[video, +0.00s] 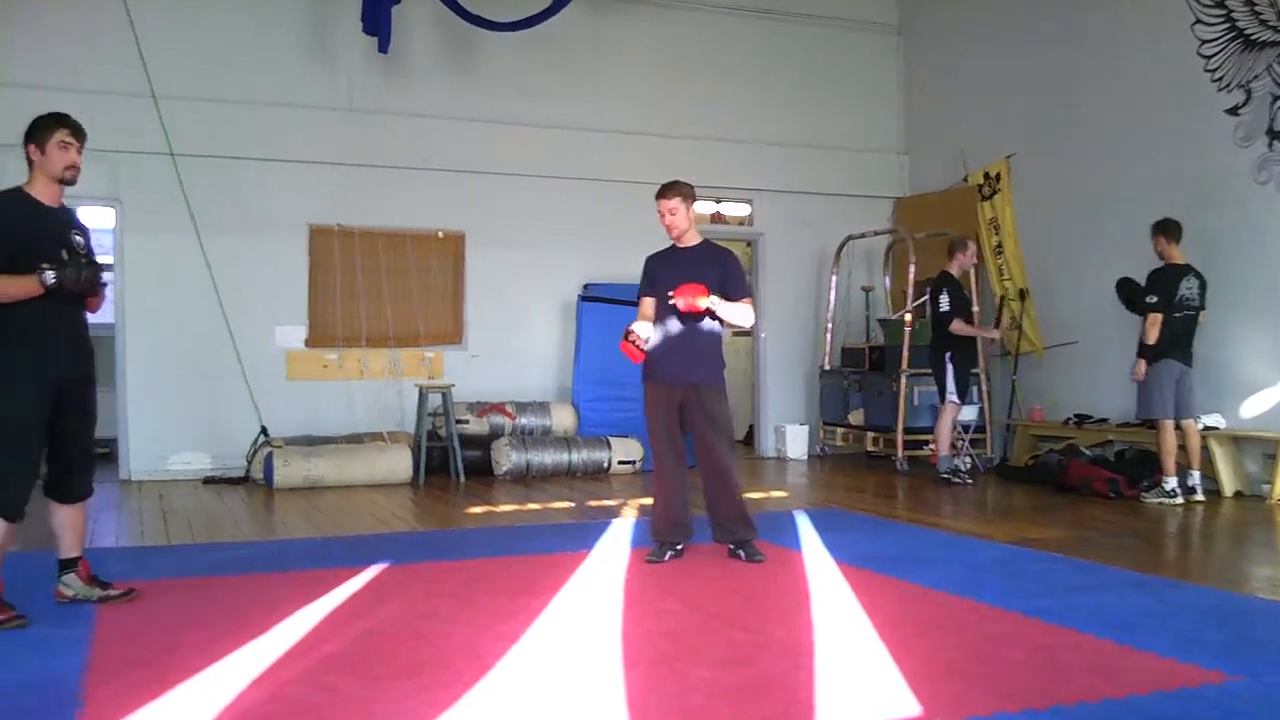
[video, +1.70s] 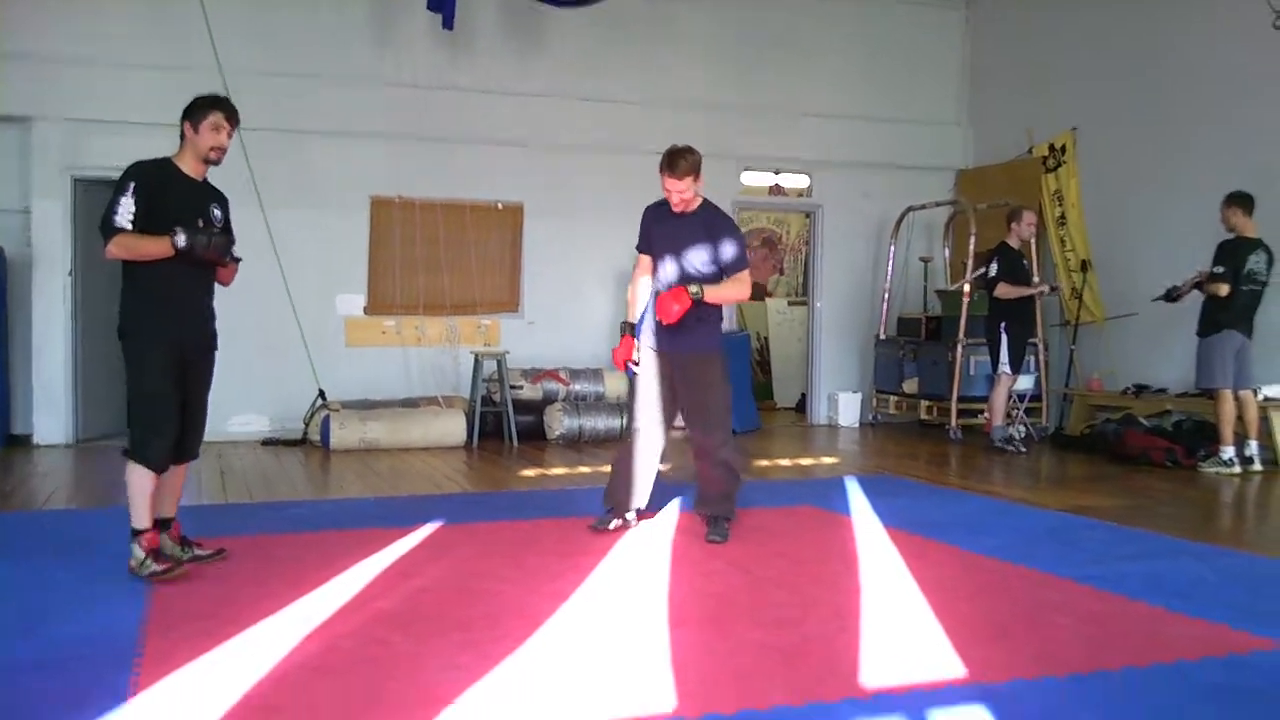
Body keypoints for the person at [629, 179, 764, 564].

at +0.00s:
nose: (666, 220)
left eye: (673, 212)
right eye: (661, 214)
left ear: (692, 210)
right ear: (659, 216)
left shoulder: (722, 258)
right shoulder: (655, 263)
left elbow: (746, 317)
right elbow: (646, 317)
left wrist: (711, 302)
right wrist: (638, 335)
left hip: (705, 376)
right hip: (660, 376)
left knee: (719, 457)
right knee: (666, 460)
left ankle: (738, 536)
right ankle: (670, 538)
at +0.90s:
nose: (706, 235)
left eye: (713, 228)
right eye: (699, 228)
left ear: (724, 219)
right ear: (689, 217)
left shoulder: (741, 260)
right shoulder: (666, 255)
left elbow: (759, 316)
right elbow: (655, 317)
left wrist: (734, 328)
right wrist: (654, 375)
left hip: (726, 382)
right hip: (681, 380)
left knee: (722, 464)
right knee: (688, 463)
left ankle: (716, 552)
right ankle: (701, 544)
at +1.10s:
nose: (741, 236)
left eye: (749, 230)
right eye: (735, 227)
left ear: (761, 220)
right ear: (725, 212)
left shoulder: (770, 261)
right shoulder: (695, 247)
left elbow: (786, 317)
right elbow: (674, 306)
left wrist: (759, 331)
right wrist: (673, 364)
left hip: (747, 383)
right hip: (700, 379)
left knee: (742, 463)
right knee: (710, 462)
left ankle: (736, 550)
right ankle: (725, 533)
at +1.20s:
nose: (738, 231)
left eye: (747, 225)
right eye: (733, 222)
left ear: (761, 216)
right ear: (724, 206)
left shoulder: (771, 260)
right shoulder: (695, 241)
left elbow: (786, 315)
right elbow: (675, 302)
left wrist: (759, 327)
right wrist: (671, 361)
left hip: (745, 381)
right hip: (696, 374)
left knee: (742, 462)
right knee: (693, 452)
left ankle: (737, 549)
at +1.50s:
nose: (714, 228)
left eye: (723, 222)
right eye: (709, 219)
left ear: (740, 211)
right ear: (701, 206)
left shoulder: (755, 256)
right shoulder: (686, 236)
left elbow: (777, 319)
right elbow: (670, 297)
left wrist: (737, 325)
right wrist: (654, 353)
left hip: (726, 374)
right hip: (680, 367)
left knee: (732, 462)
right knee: (662, 443)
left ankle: (733, 546)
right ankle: (706, 484)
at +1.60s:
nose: (696, 223)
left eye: (704, 216)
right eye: (691, 214)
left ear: (721, 206)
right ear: (683, 203)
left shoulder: (740, 251)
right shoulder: (673, 235)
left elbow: (763, 314)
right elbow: (658, 294)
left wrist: (717, 319)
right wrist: (642, 352)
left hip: (715, 373)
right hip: (667, 367)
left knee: (722, 459)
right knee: (656, 452)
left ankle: (726, 544)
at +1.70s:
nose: (675, 199)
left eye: (683, 191)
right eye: (669, 191)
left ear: (699, 181)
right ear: (662, 182)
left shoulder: (721, 225)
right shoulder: (653, 217)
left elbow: (742, 288)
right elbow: (641, 274)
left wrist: (694, 291)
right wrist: (629, 329)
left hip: (700, 348)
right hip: (655, 344)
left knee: (709, 432)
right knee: (643, 426)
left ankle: (718, 512)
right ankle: (624, 506)